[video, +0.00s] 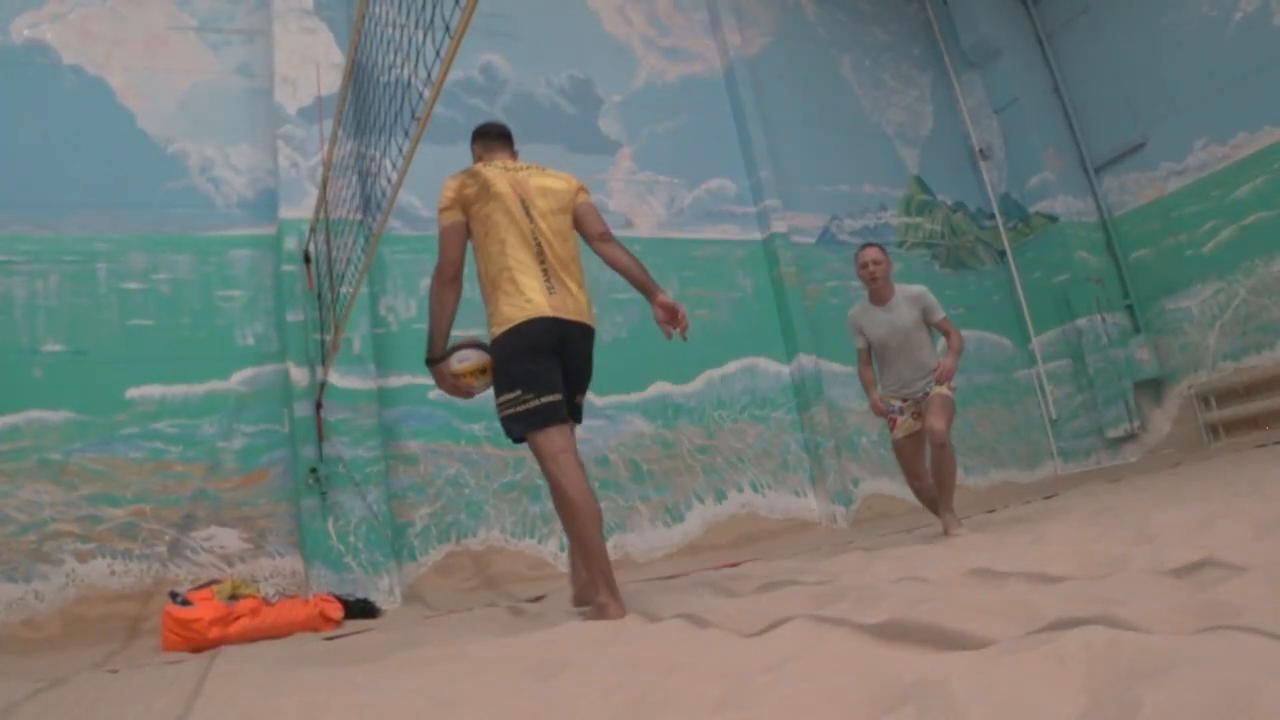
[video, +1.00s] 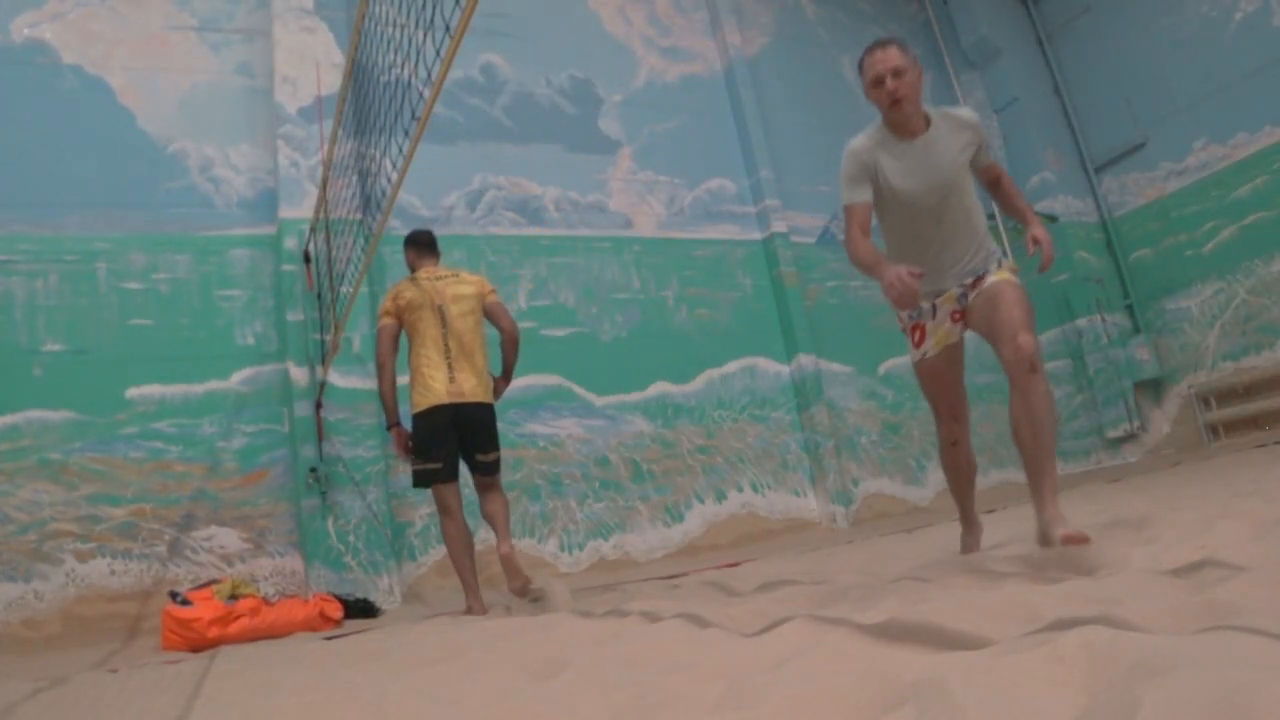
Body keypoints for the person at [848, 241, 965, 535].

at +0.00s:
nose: (871, 270)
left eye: (877, 263)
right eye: (864, 266)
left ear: (889, 266)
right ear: (858, 274)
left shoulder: (918, 296)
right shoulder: (858, 316)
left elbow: (953, 334)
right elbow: (864, 363)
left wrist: (951, 358)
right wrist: (873, 395)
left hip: (933, 385)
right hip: (897, 400)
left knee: (938, 433)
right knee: (916, 479)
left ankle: (947, 512)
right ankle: (947, 518)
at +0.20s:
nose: (881, 250)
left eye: (887, 242)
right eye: (874, 246)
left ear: (900, 245)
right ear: (867, 254)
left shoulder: (929, 277)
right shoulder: (862, 294)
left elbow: (971, 315)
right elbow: (862, 346)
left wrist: (960, 341)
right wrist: (875, 376)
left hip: (940, 374)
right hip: (900, 388)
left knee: (954, 442)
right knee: (922, 465)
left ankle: (954, 519)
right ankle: (938, 521)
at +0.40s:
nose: (889, 232)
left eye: (895, 223)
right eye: (880, 227)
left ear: (909, 227)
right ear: (874, 236)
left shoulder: (941, 262)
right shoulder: (868, 279)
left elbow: (980, 313)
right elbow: (865, 328)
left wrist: (956, 333)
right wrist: (866, 382)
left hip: (950, 370)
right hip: (904, 375)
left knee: (962, 458)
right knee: (924, 456)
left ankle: (955, 527)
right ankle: (926, 493)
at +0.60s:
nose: (875, 180)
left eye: (881, 171)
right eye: (865, 176)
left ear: (896, 175)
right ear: (858, 186)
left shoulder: (933, 208)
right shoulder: (856, 236)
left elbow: (977, 262)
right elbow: (857, 287)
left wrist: (946, 287)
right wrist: (863, 343)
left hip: (954, 328)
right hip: (905, 332)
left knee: (962, 432)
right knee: (928, 406)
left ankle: (968, 515)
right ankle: (962, 511)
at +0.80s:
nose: (875, 159)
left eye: (881, 149)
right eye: (864, 155)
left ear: (899, 152)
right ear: (855, 167)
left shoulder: (942, 190)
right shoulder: (854, 229)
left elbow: (985, 237)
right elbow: (849, 301)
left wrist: (1001, 281)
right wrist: (858, 364)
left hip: (972, 323)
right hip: (915, 338)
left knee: (1001, 432)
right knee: (951, 440)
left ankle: (984, 471)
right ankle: (979, 529)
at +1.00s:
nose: (891, 87)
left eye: (898, 74)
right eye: (878, 81)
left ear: (919, 76)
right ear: (868, 95)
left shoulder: (963, 125)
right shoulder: (863, 155)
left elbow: (995, 180)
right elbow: (855, 239)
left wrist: (1031, 221)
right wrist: (884, 270)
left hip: (985, 273)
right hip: (923, 299)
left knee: (1025, 353)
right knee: (951, 425)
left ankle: (1050, 517)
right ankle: (969, 525)